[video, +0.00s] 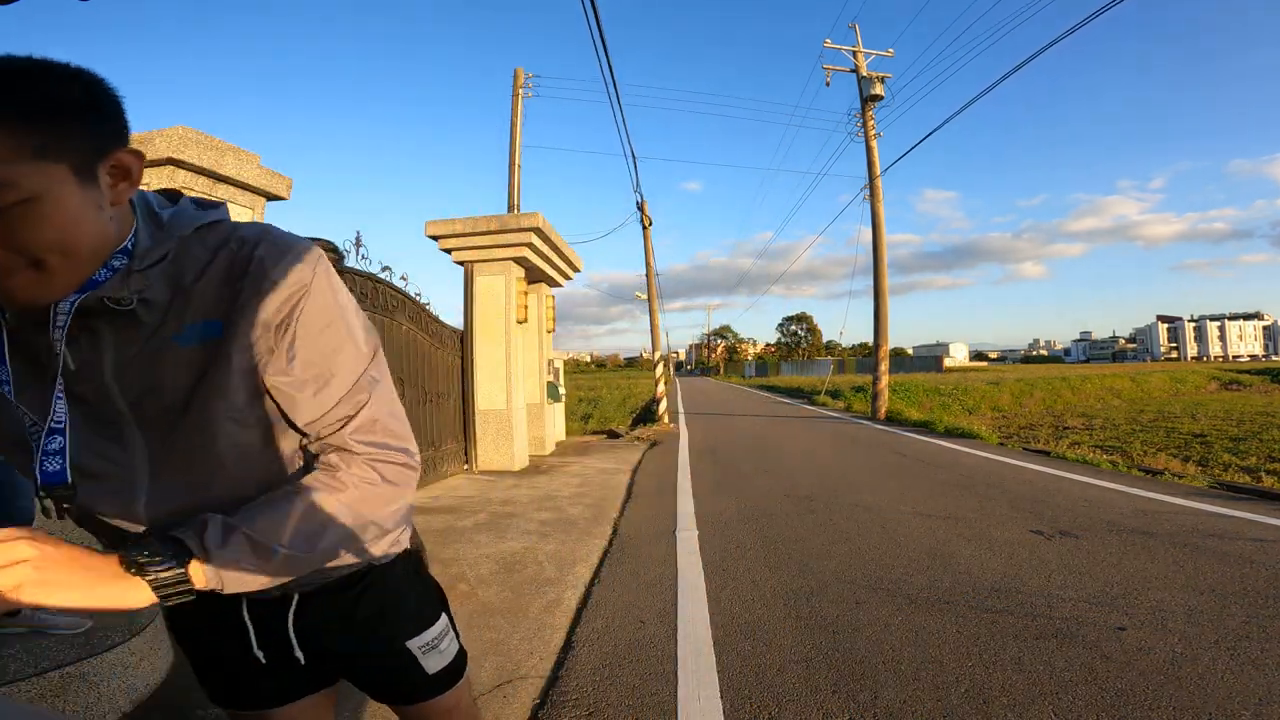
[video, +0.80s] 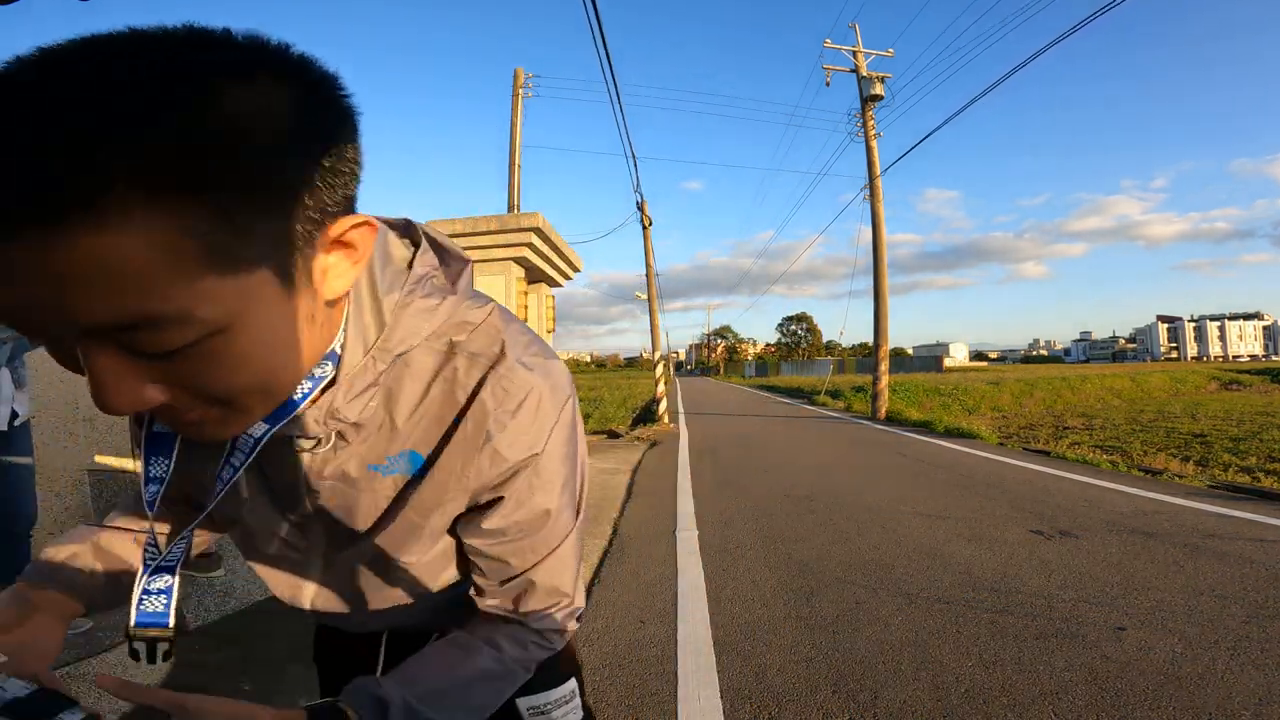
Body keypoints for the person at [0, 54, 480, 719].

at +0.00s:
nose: (3, 240)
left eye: (17, 204)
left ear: (118, 181)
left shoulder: (275, 281)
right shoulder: (22, 330)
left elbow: (380, 471)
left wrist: (148, 572)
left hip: (355, 565)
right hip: (212, 595)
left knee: (442, 705)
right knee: (284, 709)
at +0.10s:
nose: (3, 238)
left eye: (23, 203)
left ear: (139, 178)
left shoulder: (283, 282)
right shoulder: (20, 321)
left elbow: (343, 505)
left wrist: (87, 588)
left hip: (352, 569)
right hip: (201, 600)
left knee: (438, 706)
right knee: (279, 709)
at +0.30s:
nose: (2, 242)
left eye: (28, 206)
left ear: (155, 185)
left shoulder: (283, 288)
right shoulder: (27, 322)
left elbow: (222, 537)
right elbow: (10, 471)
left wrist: (14, 680)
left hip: (365, 583)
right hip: (216, 601)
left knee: (440, 706)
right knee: (286, 709)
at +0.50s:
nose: (16, 280)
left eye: (53, 230)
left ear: (189, 202)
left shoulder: (300, 339)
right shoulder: (76, 340)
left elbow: (166, 617)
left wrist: (13, 703)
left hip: (393, 595)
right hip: (262, 604)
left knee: (462, 709)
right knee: (288, 708)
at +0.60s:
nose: (27, 317)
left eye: (72, 262)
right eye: (5, 269)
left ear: (215, 219)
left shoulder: (345, 361)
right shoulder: (106, 326)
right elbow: (116, 444)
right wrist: (34, 497)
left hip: (416, 585)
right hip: (278, 587)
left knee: (482, 709)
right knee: (325, 708)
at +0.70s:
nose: (66, 360)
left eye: (115, 302)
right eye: (17, 311)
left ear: (271, 237)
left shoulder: (422, 387)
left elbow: (443, 633)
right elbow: (137, 472)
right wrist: (25, 533)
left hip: (453, 625)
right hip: (305, 617)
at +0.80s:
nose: (111, 402)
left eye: (160, 344)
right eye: (63, 349)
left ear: (336, 260)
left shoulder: (504, 387)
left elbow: (529, 620)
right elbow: (190, 516)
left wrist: (334, 716)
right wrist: (49, 594)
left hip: (488, 637)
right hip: (346, 635)